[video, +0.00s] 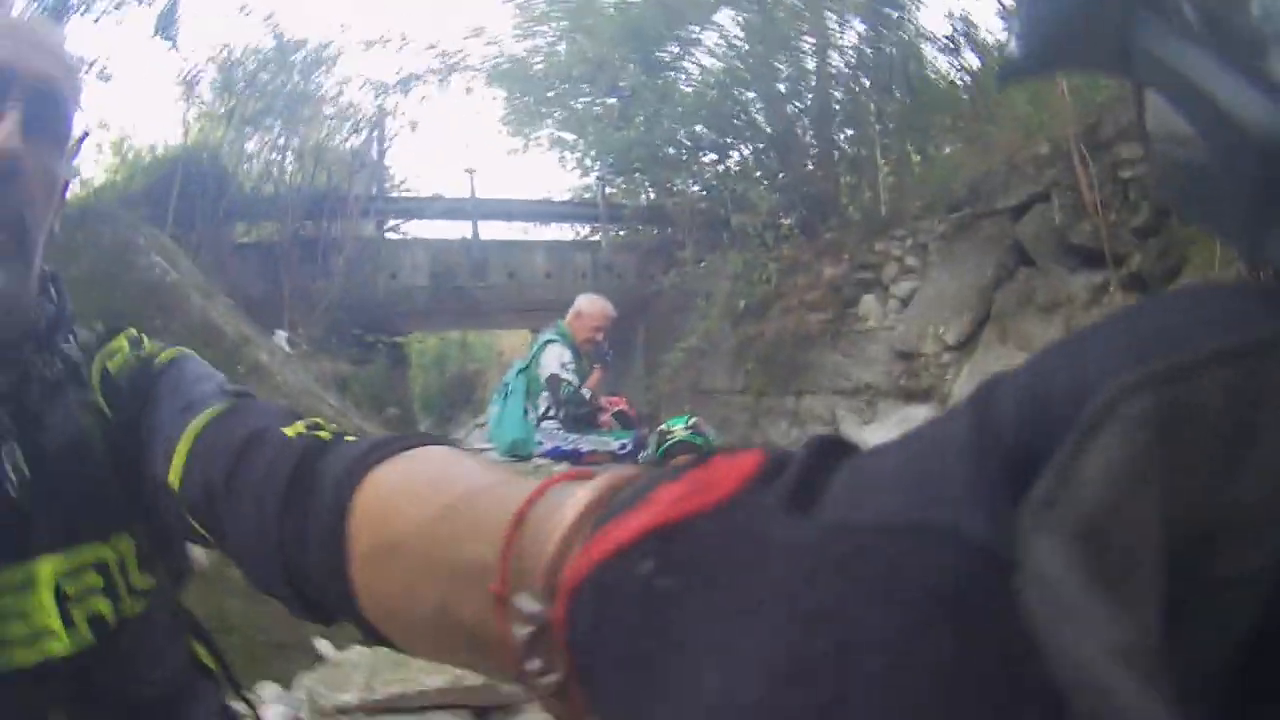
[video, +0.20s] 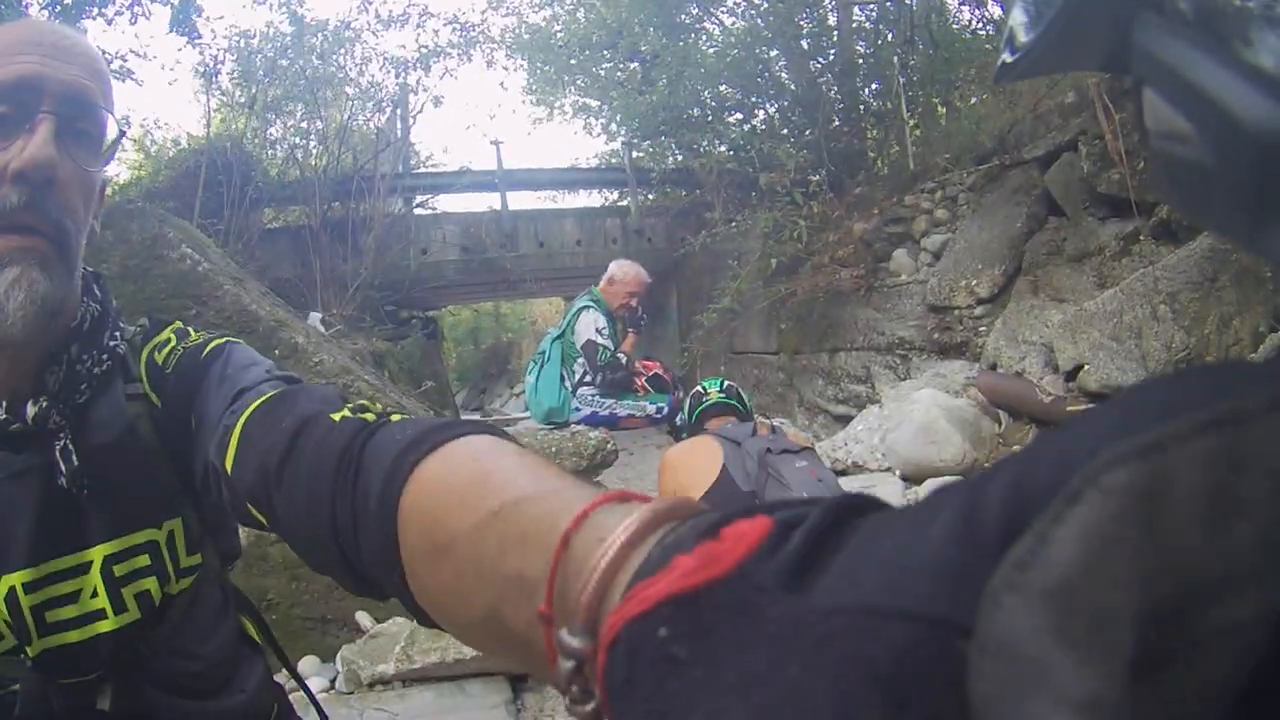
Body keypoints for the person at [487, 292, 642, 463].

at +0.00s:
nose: (600, 339)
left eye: (604, 332)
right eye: (595, 330)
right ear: (574, 319)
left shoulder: (567, 348)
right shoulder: (555, 350)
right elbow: (570, 408)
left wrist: (597, 406)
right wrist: (599, 370)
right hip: (549, 439)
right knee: (632, 445)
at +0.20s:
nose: (634, 304)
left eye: (638, 298)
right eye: (630, 296)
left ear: (609, 284)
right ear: (609, 284)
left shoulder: (598, 309)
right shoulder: (589, 315)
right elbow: (607, 379)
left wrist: (630, 367)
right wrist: (633, 334)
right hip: (577, 405)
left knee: (668, 398)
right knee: (670, 407)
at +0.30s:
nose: (635, 305)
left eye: (639, 298)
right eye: (631, 296)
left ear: (609, 285)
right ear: (610, 285)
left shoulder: (598, 310)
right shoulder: (590, 316)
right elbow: (608, 380)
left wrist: (632, 368)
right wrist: (633, 335)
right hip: (577, 405)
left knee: (668, 399)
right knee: (670, 407)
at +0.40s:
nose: (629, 300)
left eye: (633, 293)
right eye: (625, 291)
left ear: (604, 279)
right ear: (604, 279)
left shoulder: (592, 305)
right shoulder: (584, 309)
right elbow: (601, 374)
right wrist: (627, 329)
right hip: (573, 400)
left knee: (663, 394)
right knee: (666, 402)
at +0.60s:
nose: (620, 269)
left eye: (624, 262)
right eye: (616, 260)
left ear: (593, 247)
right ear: (597, 249)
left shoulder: (584, 274)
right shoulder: (574, 279)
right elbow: (593, 345)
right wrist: (618, 299)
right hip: (565, 370)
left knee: (657, 363)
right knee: (658, 370)